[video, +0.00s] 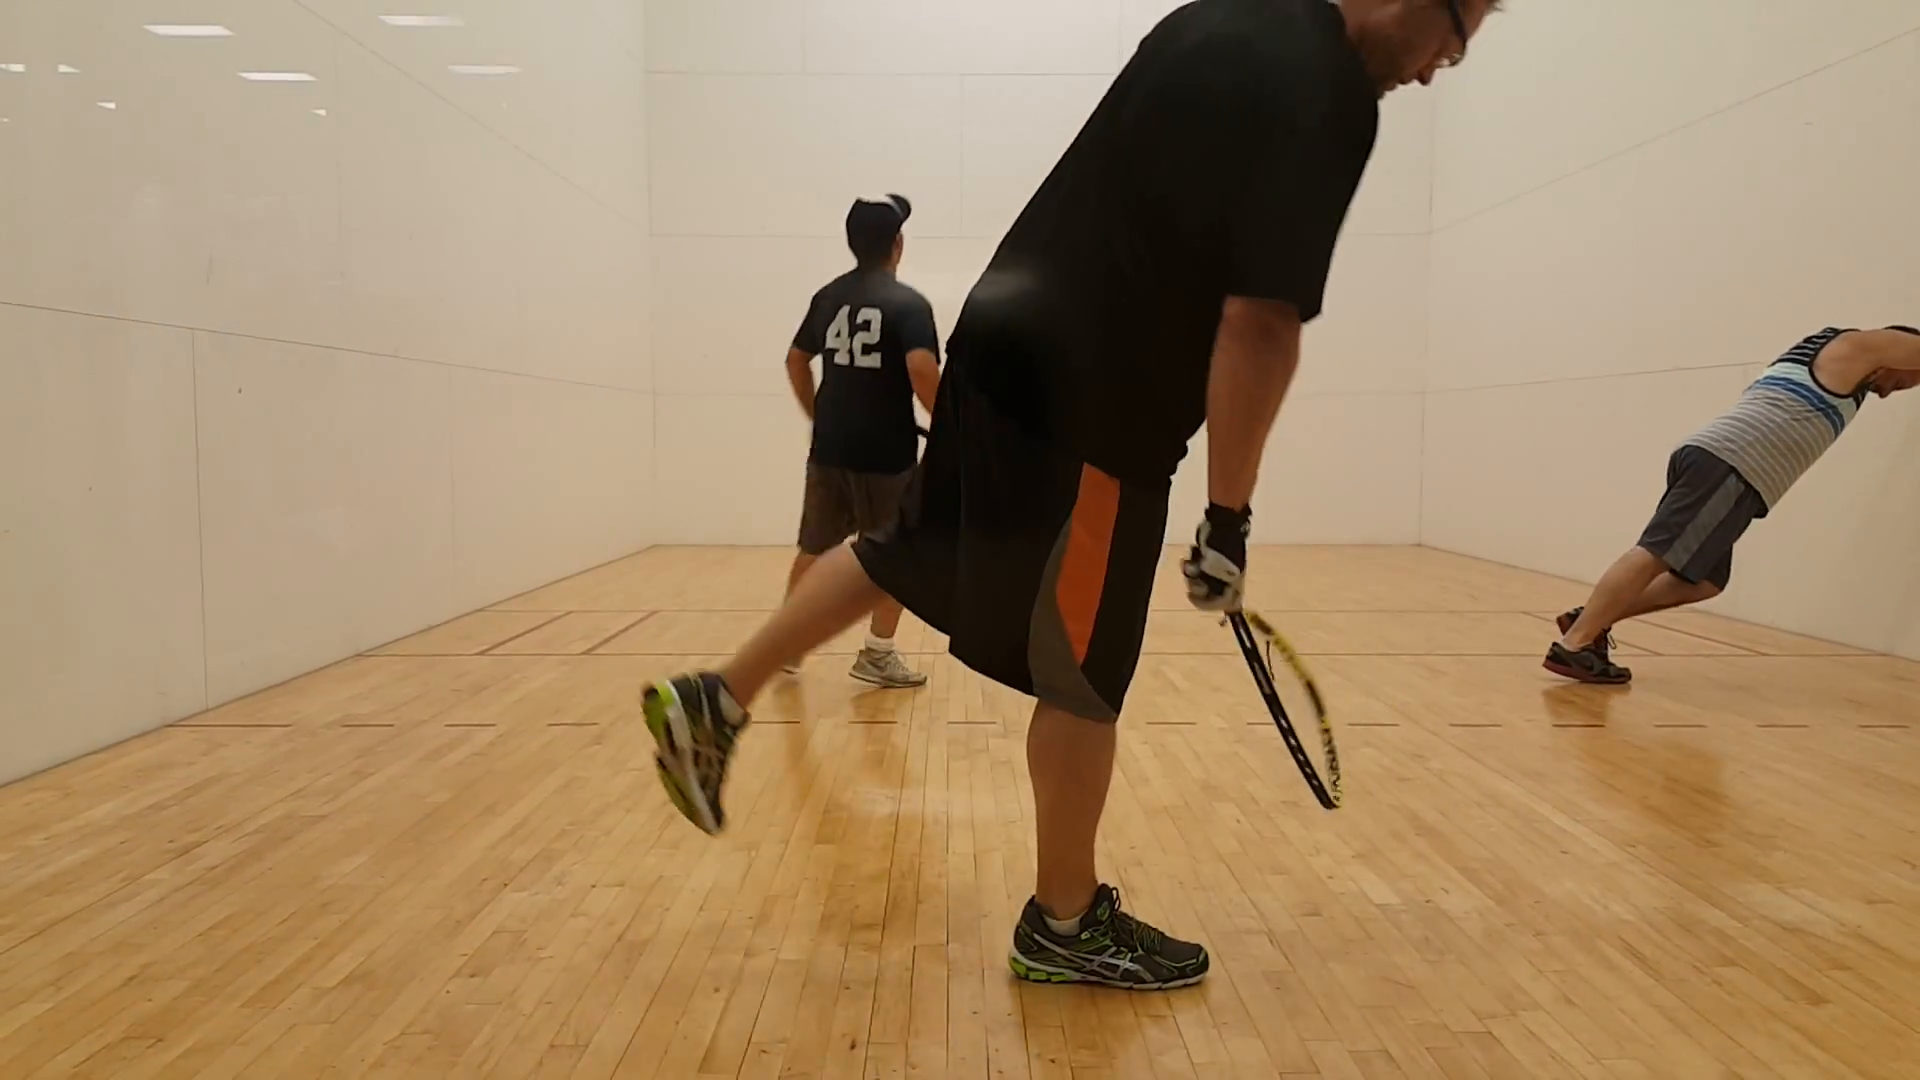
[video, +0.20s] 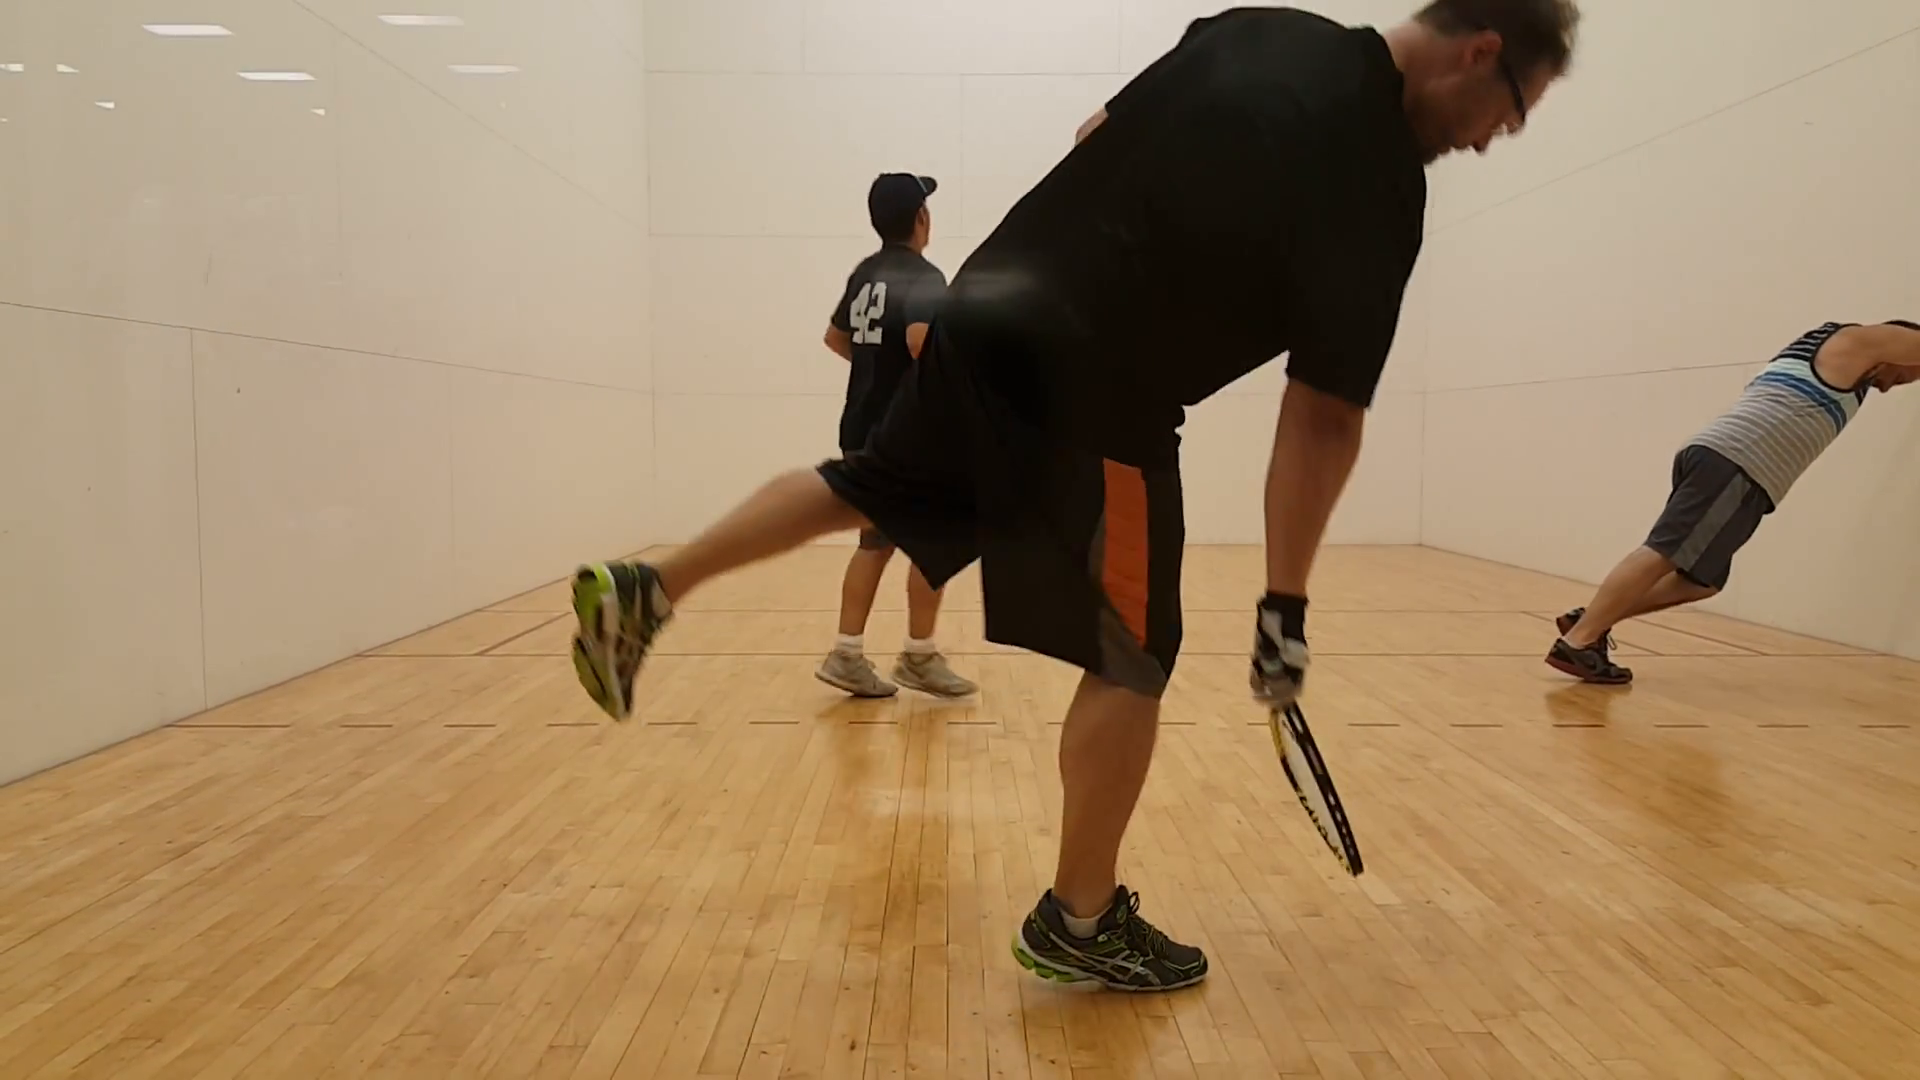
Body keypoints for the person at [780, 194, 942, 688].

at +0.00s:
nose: (905, 241)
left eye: (903, 234)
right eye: (903, 235)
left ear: (853, 244)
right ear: (895, 243)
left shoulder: (829, 296)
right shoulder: (909, 304)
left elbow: (797, 360)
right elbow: (922, 372)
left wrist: (816, 414)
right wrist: (948, 420)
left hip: (830, 445)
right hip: (887, 452)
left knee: (814, 548)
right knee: (894, 551)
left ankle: (788, 644)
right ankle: (878, 652)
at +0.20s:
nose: (930, 215)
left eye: (926, 206)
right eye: (926, 208)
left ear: (882, 221)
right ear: (919, 219)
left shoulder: (865, 272)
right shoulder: (927, 278)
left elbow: (837, 336)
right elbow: (920, 341)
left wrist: (881, 364)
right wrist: (961, 376)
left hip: (863, 433)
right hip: (914, 436)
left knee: (875, 538)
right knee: (933, 537)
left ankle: (845, 653)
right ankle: (920, 653)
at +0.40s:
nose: (969, 224)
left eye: (964, 216)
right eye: (965, 217)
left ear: (916, 231)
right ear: (956, 225)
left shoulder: (920, 286)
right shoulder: (943, 295)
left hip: (927, 457)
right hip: (953, 461)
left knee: (915, 559)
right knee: (965, 567)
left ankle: (852, 654)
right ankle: (963, 684)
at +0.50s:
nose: (994, 217)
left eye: (989, 209)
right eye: (991, 210)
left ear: (939, 223)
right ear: (982, 217)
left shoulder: (945, 279)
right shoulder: (975, 282)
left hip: (948, 450)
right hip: (971, 453)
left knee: (962, 559)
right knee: (974, 562)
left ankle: (892, 631)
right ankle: (966, 684)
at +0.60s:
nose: (1019, 206)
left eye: (1014, 199)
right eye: (1015, 200)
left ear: (958, 211)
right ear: (1007, 206)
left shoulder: (953, 276)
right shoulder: (1014, 268)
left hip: (970, 448)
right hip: (1001, 449)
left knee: (982, 551)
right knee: (984, 558)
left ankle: (959, 650)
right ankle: (965, 675)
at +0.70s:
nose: (1047, 202)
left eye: (1043, 196)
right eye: (1041, 196)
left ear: (983, 205)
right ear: (1029, 201)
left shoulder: (968, 262)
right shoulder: (1042, 258)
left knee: (1051, 544)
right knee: (980, 554)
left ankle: (1042, 659)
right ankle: (968, 681)